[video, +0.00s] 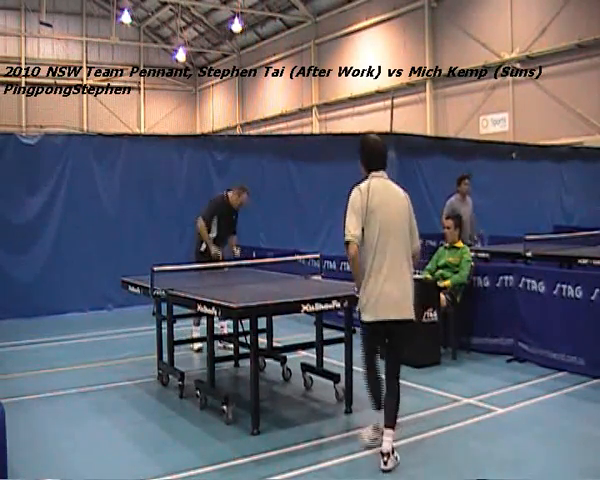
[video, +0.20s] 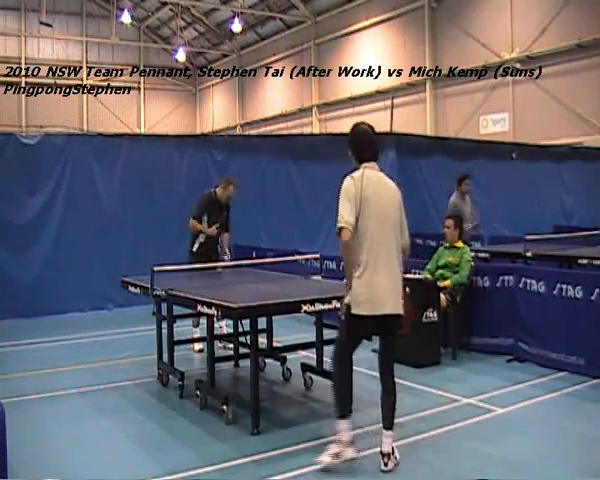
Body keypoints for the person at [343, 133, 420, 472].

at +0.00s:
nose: (362, 164)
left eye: (361, 158)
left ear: (362, 161)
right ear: (386, 161)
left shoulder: (359, 193)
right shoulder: (402, 195)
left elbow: (353, 243)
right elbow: (415, 248)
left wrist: (359, 280)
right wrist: (399, 271)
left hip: (372, 297)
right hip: (402, 297)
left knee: (370, 362)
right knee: (393, 370)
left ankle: (382, 421)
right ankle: (388, 441)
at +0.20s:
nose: (349, 154)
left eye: (349, 149)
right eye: (354, 147)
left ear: (352, 151)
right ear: (377, 150)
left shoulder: (352, 182)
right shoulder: (393, 187)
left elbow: (345, 233)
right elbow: (405, 244)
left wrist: (349, 276)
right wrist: (384, 267)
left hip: (362, 294)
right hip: (392, 295)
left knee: (342, 358)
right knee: (387, 367)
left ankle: (343, 438)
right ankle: (388, 442)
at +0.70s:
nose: (300, 172)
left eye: (299, 167)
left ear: (300, 169)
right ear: (325, 169)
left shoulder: (299, 198)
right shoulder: (342, 203)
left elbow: (290, 248)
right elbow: (352, 259)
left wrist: (300, 289)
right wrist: (344, 292)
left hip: (316, 317)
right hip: (349, 315)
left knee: (292, 389)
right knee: (362, 378)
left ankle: (297, 468)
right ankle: (382, 449)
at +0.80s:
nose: (294, 174)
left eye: (294, 168)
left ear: (295, 171)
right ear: (321, 171)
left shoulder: (295, 200)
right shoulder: (338, 204)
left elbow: (288, 248)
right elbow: (348, 258)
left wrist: (298, 292)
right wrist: (341, 291)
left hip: (315, 318)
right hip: (348, 316)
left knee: (290, 389)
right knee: (359, 379)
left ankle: (297, 468)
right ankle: (380, 450)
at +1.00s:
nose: (293, 185)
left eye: (293, 179)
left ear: (294, 182)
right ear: (319, 181)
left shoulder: (295, 210)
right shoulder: (336, 212)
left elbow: (291, 257)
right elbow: (344, 260)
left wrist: (298, 303)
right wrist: (334, 298)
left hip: (318, 321)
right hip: (350, 319)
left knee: (288, 392)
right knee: (360, 380)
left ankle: (297, 469)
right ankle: (381, 451)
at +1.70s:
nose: (305, 198)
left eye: (304, 193)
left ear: (305, 195)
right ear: (330, 195)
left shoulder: (305, 223)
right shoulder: (346, 224)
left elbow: (301, 277)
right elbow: (354, 273)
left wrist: (304, 315)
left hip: (327, 331)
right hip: (360, 328)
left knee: (290, 390)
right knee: (362, 379)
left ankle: (297, 468)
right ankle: (381, 449)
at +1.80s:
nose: (305, 197)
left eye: (304, 192)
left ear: (305, 194)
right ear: (330, 193)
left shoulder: (306, 223)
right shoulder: (346, 223)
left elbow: (300, 275)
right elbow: (355, 272)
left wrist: (303, 313)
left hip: (327, 330)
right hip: (359, 327)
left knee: (291, 391)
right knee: (362, 379)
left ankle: (297, 468)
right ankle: (381, 449)